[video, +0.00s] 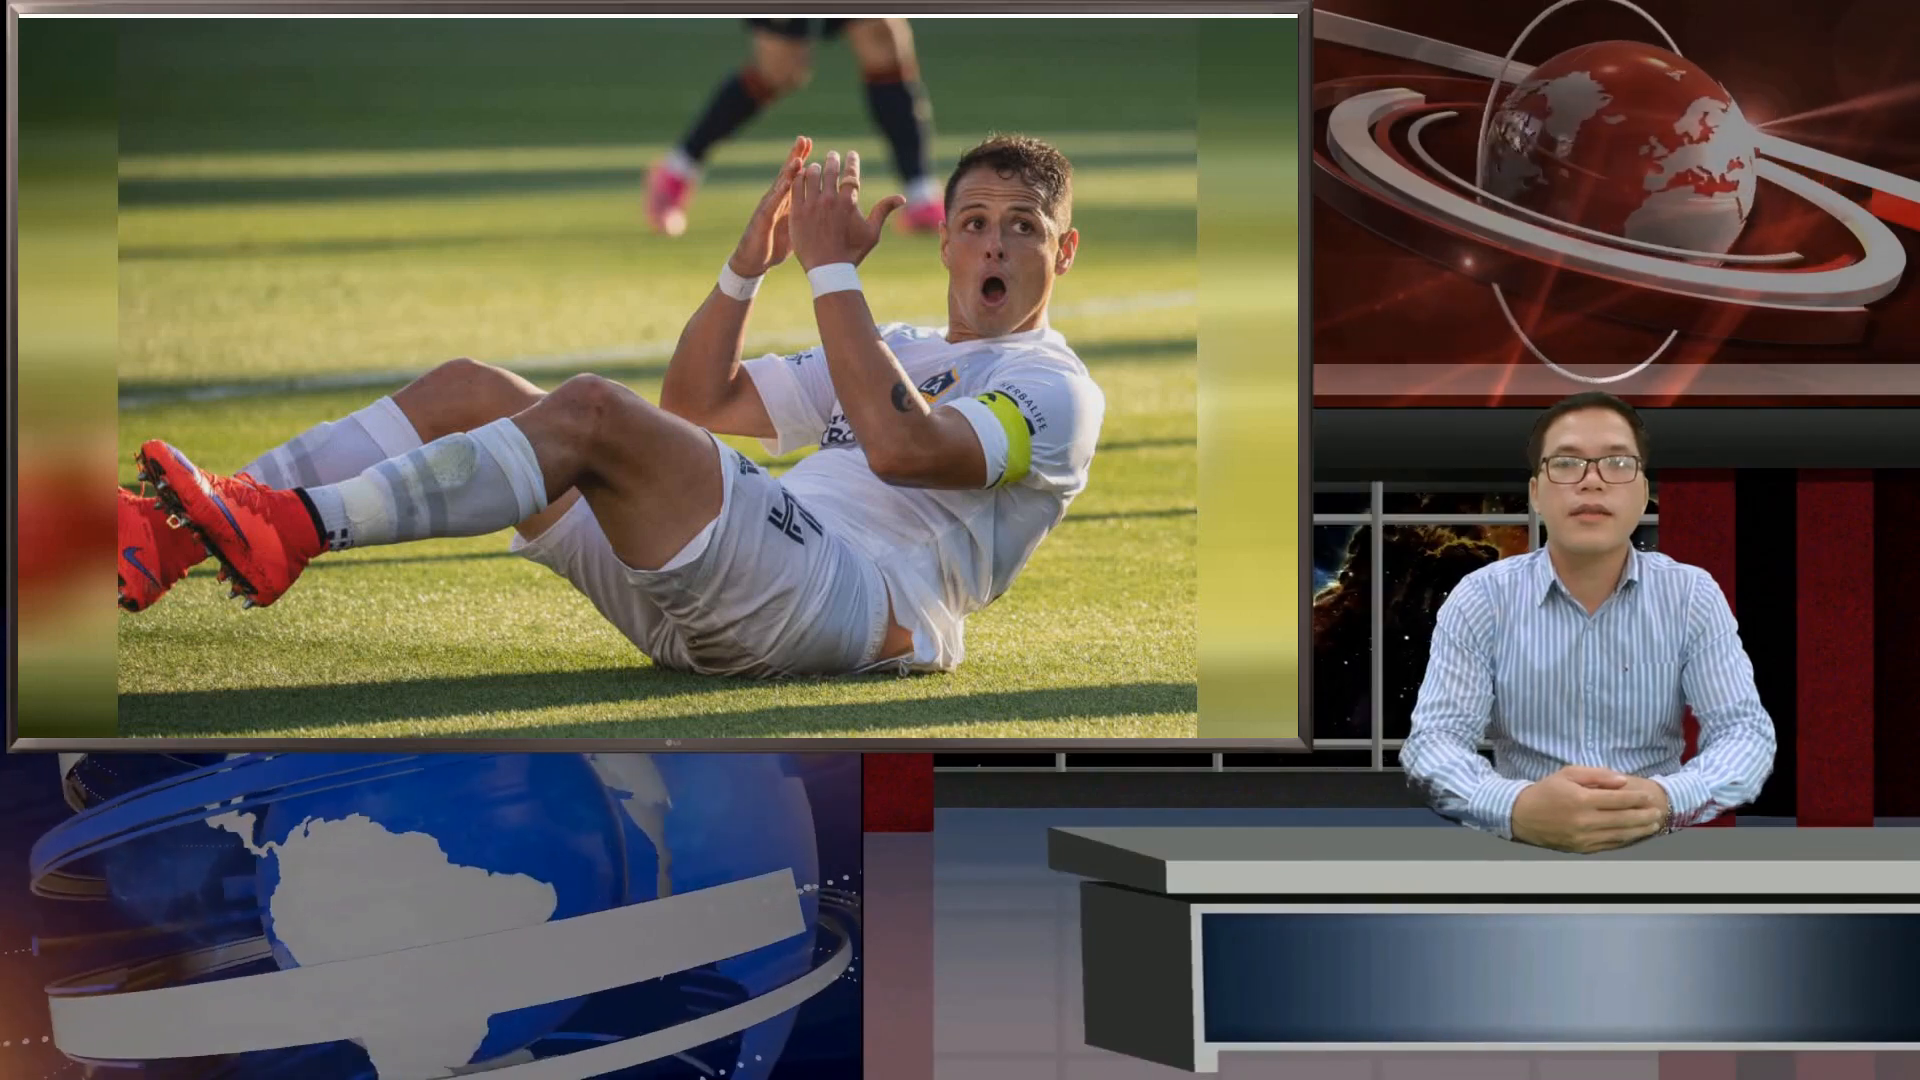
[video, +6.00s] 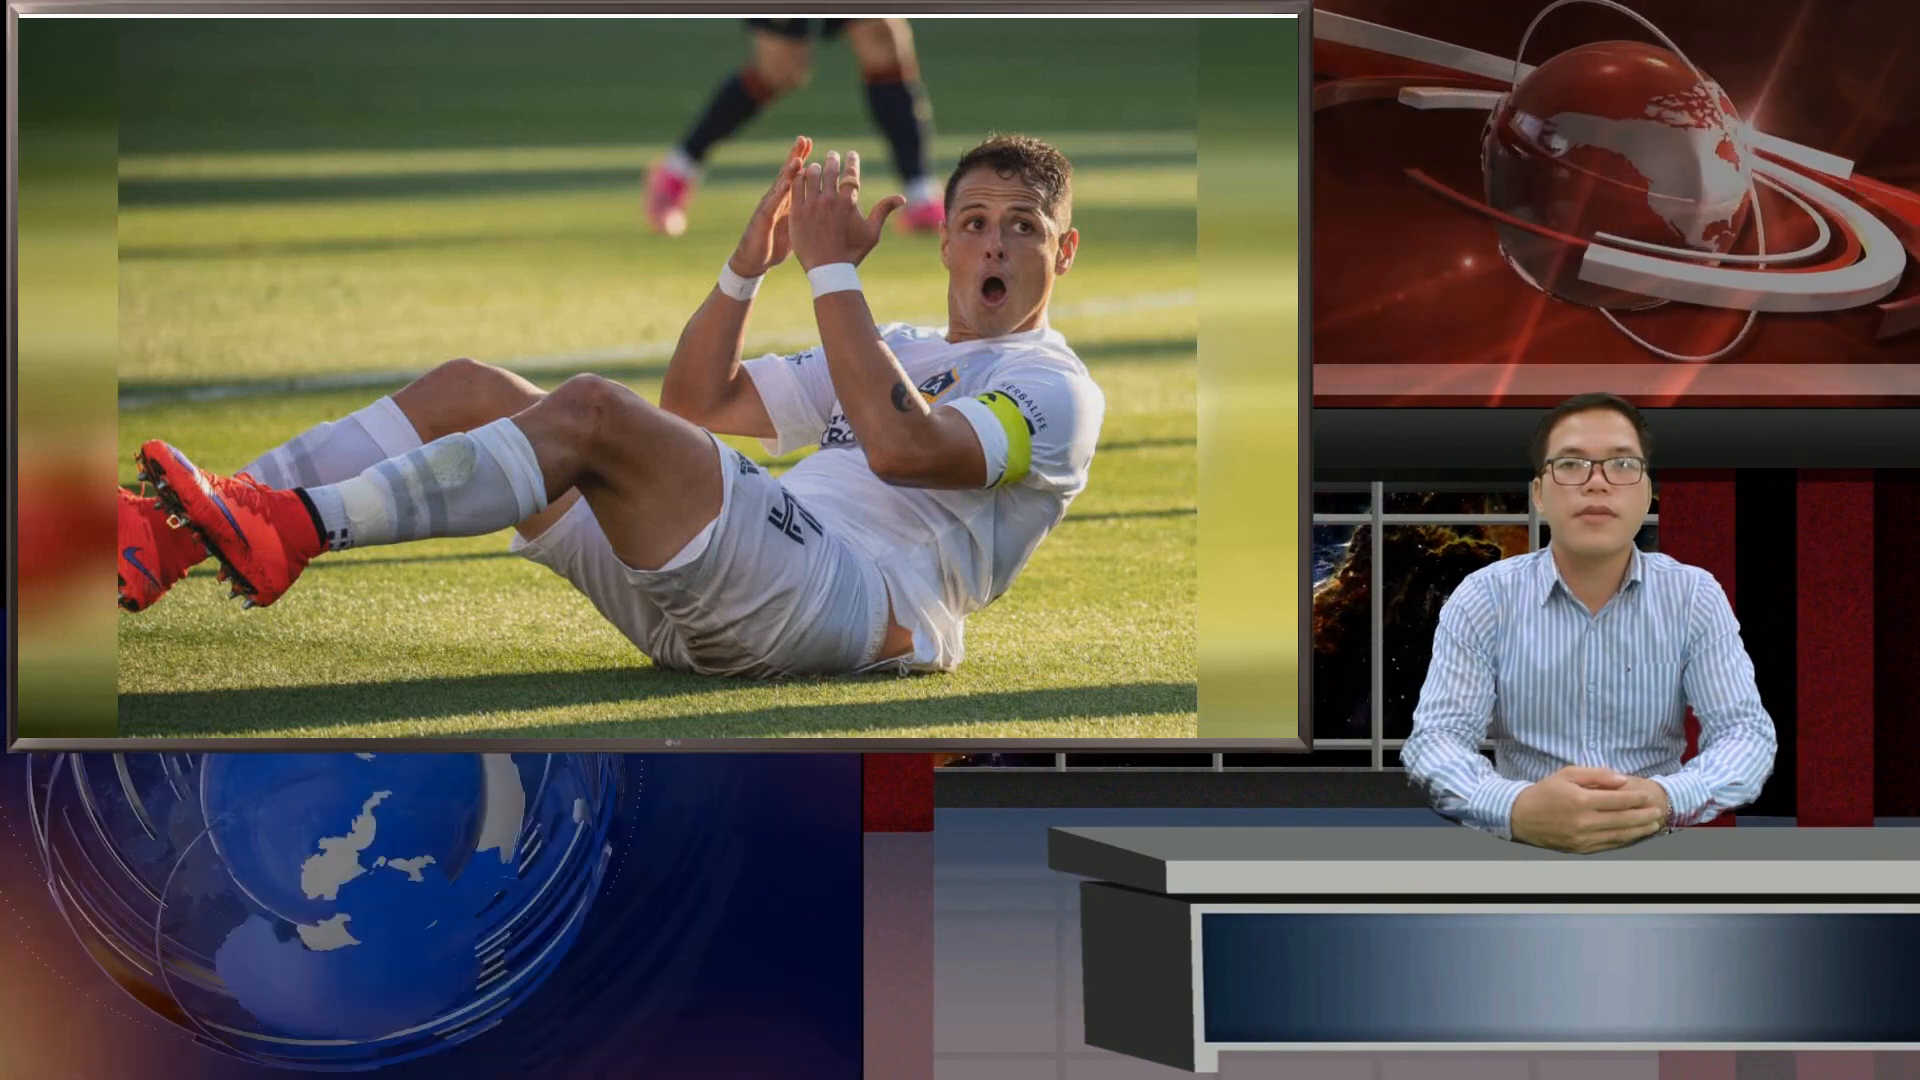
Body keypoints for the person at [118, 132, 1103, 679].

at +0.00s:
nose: (995, 246)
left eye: (1022, 230)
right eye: (976, 224)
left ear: (1065, 258)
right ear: (943, 240)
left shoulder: (1055, 389)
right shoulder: (892, 358)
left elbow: (902, 447)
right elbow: (695, 404)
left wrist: (833, 270)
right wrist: (746, 270)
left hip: (839, 602)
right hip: (732, 571)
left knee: (592, 413)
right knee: (468, 389)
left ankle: (300, 524)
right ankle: (179, 539)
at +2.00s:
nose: (996, 246)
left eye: (1024, 230)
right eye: (977, 223)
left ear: (1065, 258)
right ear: (943, 240)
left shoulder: (1056, 389)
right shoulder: (891, 357)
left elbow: (901, 446)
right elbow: (695, 406)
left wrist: (833, 268)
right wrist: (746, 270)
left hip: (839, 603)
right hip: (732, 571)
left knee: (592, 413)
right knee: (468, 389)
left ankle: (299, 524)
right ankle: (178, 539)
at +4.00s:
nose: (996, 245)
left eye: (1023, 229)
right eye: (976, 223)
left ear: (1066, 257)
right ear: (943, 241)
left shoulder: (1056, 389)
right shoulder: (892, 358)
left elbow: (901, 447)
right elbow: (695, 405)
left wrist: (833, 268)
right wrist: (746, 269)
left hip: (840, 604)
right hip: (732, 572)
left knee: (593, 413)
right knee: (468, 389)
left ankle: (300, 524)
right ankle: (175, 541)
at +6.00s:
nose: (995, 246)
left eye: (1022, 230)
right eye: (975, 224)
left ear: (1065, 257)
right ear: (942, 242)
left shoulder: (1054, 389)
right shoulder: (893, 358)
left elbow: (901, 447)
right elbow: (695, 404)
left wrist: (834, 270)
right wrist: (746, 270)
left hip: (842, 602)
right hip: (735, 572)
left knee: (592, 413)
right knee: (468, 389)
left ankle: (300, 524)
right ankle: (174, 542)